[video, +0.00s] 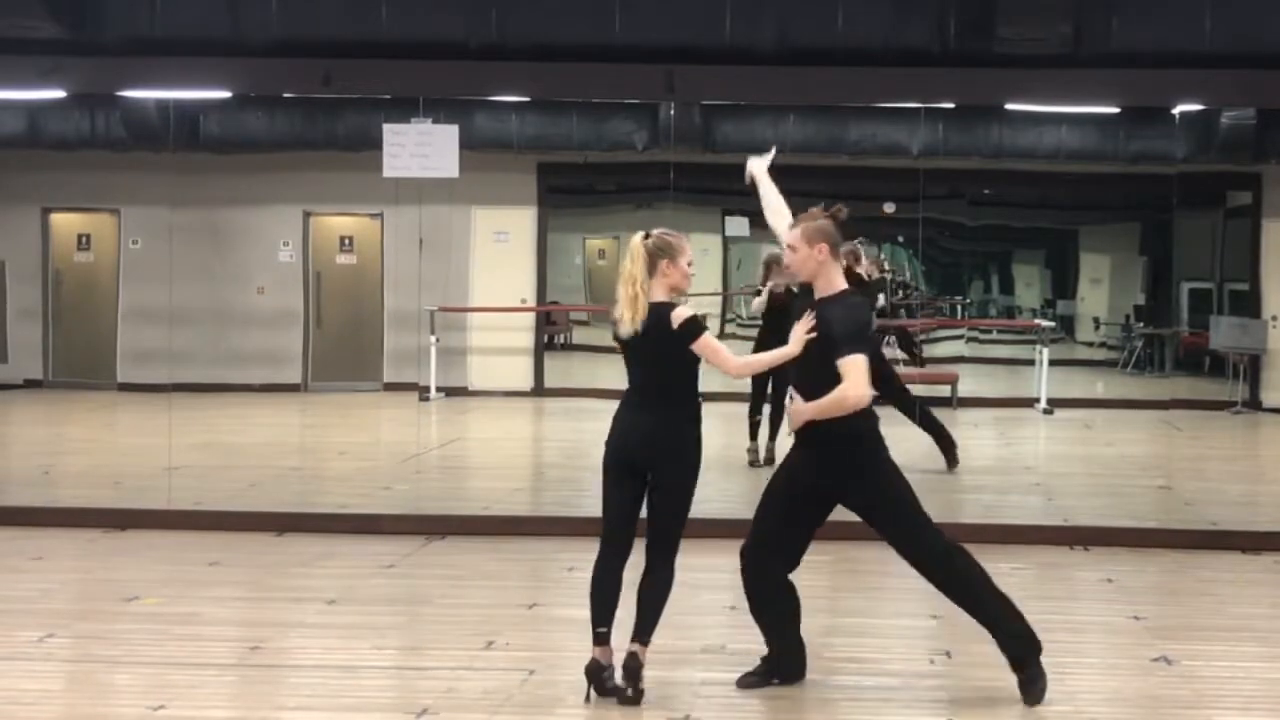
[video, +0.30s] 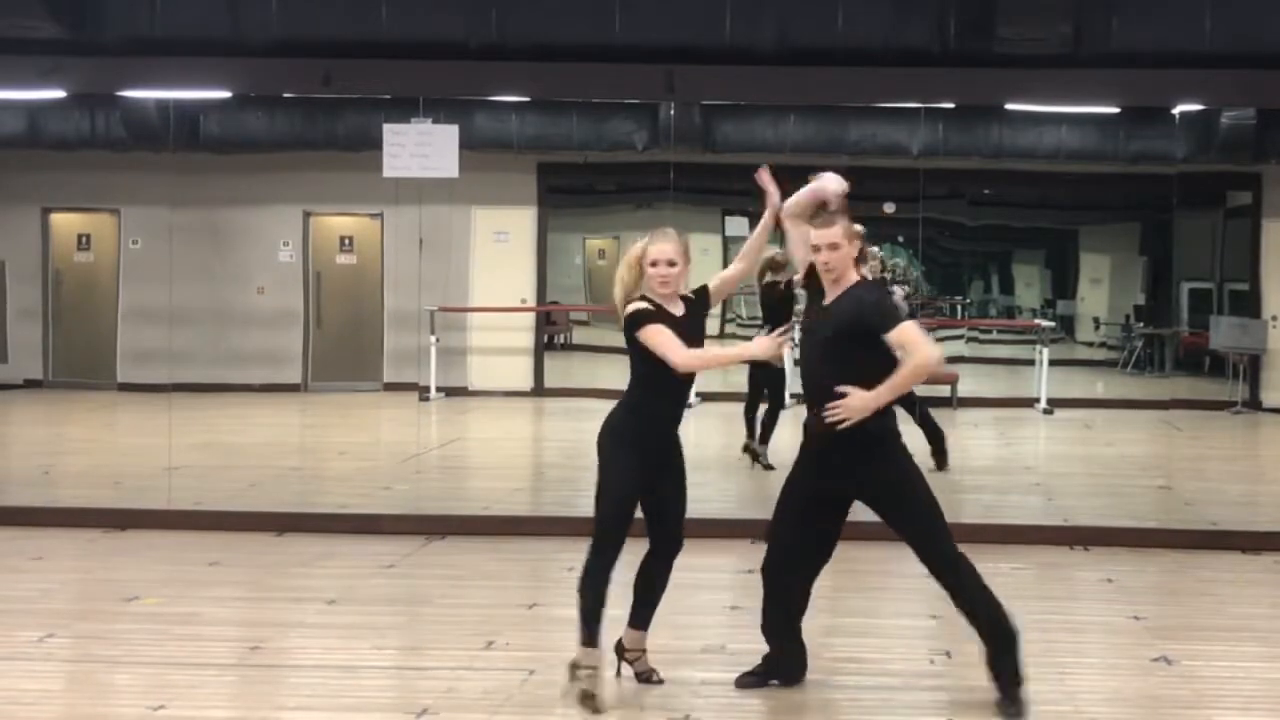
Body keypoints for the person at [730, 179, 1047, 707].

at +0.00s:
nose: (785, 257)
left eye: (791, 249)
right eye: (785, 248)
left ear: (819, 252)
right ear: (818, 251)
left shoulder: (845, 313)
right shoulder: (815, 293)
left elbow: (858, 392)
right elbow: (784, 228)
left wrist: (807, 411)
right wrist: (761, 178)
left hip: (856, 455)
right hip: (814, 453)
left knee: (931, 553)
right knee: (759, 559)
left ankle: (1022, 649)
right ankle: (785, 658)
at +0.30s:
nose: (821, 254)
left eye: (831, 246)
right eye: (815, 248)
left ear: (854, 248)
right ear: (810, 252)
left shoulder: (871, 298)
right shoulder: (823, 297)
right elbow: (792, 224)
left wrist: (874, 398)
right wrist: (814, 195)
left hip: (874, 451)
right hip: (821, 451)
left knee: (940, 555)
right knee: (784, 560)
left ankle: (1003, 652)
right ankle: (785, 658)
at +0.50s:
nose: (868, 268)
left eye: (876, 257)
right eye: (859, 259)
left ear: (893, 258)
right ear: (846, 263)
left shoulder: (928, 308)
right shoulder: (844, 306)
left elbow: (968, 350)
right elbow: (804, 244)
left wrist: (949, 395)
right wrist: (807, 173)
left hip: (918, 465)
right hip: (856, 462)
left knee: (964, 578)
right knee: (769, 560)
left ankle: (954, 681)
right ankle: (716, 664)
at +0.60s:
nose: (879, 282)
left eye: (888, 272)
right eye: (870, 274)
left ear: (905, 271)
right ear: (858, 278)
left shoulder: (926, 320)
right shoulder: (865, 323)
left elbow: (934, 380)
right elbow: (829, 265)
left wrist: (935, 421)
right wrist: (792, 189)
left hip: (926, 480)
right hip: (866, 478)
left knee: (981, 584)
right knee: (780, 579)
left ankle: (961, 688)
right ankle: (684, 683)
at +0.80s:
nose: (885, 299)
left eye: (894, 290)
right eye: (875, 292)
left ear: (911, 293)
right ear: (864, 297)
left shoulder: (905, 347)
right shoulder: (880, 351)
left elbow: (841, 400)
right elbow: (906, 337)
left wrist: (796, 441)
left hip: (916, 498)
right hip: (864, 496)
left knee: (996, 588)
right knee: (774, 588)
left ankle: (962, 690)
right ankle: (670, 683)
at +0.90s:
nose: (867, 291)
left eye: (876, 280)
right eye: (858, 283)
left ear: (898, 283)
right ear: (850, 290)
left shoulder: (901, 335)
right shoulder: (862, 342)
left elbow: (838, 368)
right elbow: (899, 375)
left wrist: (812, 359)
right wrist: (969, 343)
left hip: (910, 492)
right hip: (854, 492)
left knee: (988, 589)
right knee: (771, 587)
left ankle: (962, 690)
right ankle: (668, 691)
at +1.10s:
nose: (819, 252)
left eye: (831, 244)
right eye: (814, 245)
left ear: (859, 256)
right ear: (810, 256)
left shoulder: (889, 313)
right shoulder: (802, 320)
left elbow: (932, 362)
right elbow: (743, 353)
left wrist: (965, 413)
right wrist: (696, 387)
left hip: (879, 471)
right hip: (814, 468)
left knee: (927, 577)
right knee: (744, 564)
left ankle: (962, 683)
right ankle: (737, 706)